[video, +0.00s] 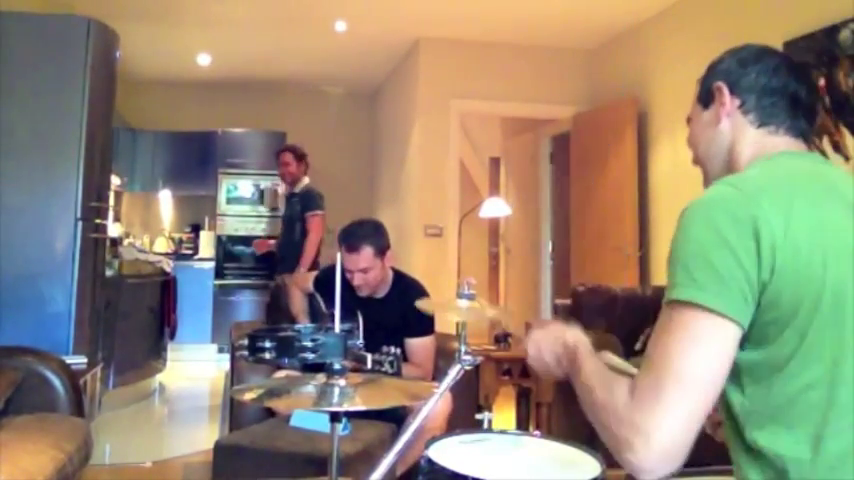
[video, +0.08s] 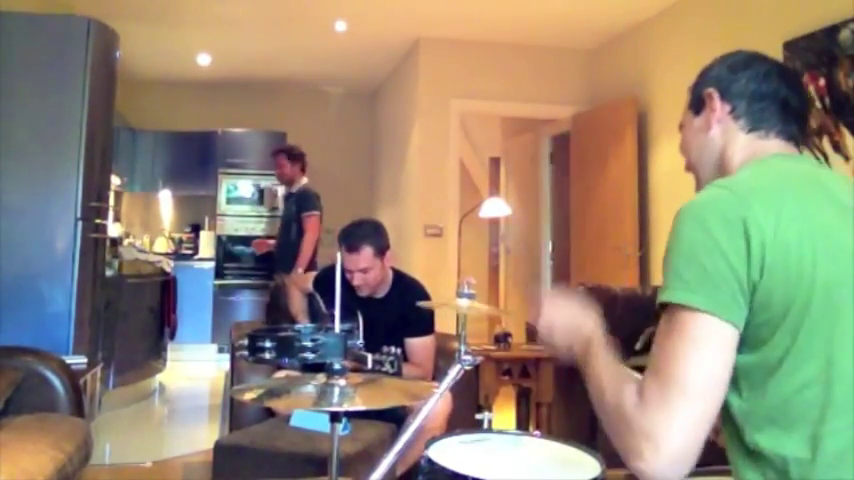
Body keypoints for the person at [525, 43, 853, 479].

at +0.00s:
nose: (690, 150)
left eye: (691, 124)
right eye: (687, 128)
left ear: (724, 103)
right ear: (797, 117)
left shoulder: (734, 210)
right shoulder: (842, 188)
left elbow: (649, 448)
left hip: (789, 469)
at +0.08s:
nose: (683, 158)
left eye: (683, 131)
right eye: (681, 135)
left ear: (714, 109)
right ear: (786, 122)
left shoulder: (725, 212)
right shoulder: (842, 193)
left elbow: (659, 453)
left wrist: (586, 340)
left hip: (781, 469)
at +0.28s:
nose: (673, 154)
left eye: (673, 127)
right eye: (670, 131)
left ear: (708, 110)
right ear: (777, 122)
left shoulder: (718, 210)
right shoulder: (841, 197)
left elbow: (637, 446)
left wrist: (587, 318)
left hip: (778, 468)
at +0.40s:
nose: (669, 150)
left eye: (671, 124)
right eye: (668, 128)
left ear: (710, 107)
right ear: (774, 119)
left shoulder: (719, 212)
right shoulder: (840, 199)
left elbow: (677, 455)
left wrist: (595, 363)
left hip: (765, 469)